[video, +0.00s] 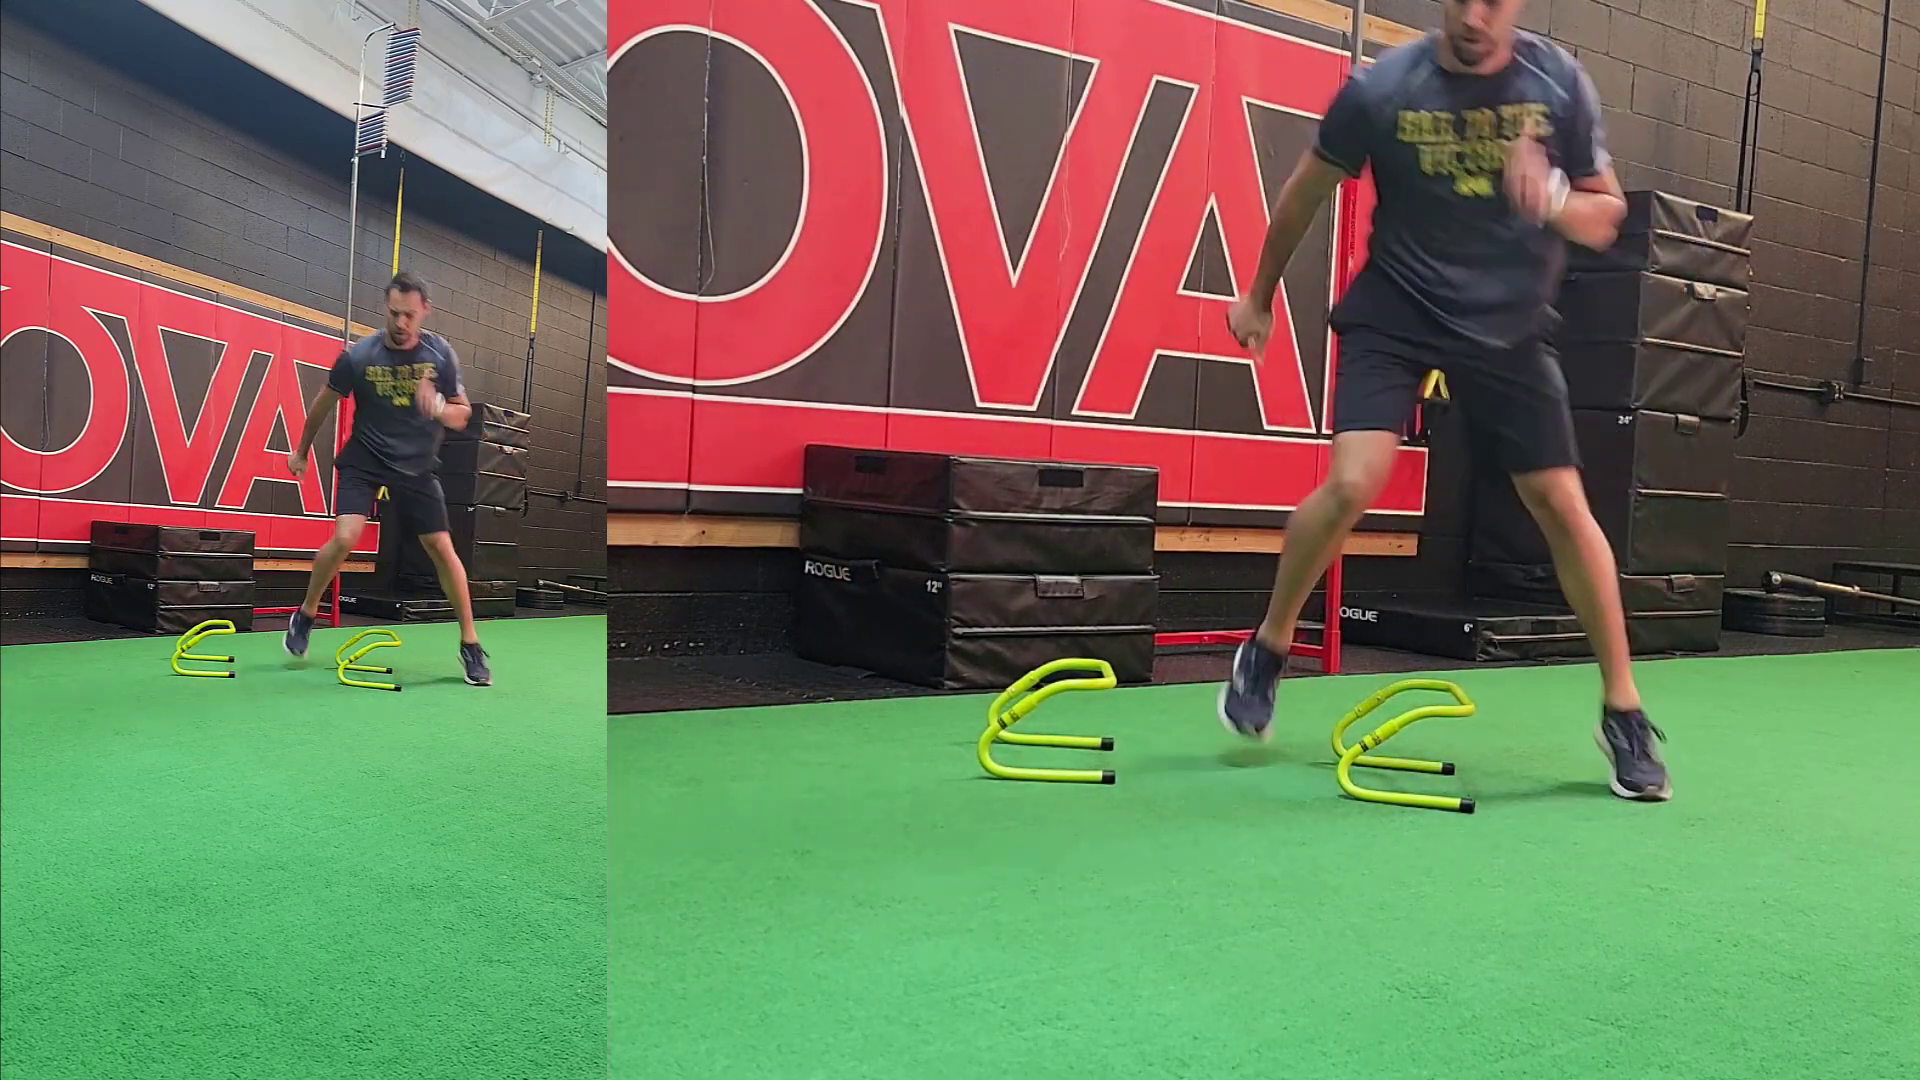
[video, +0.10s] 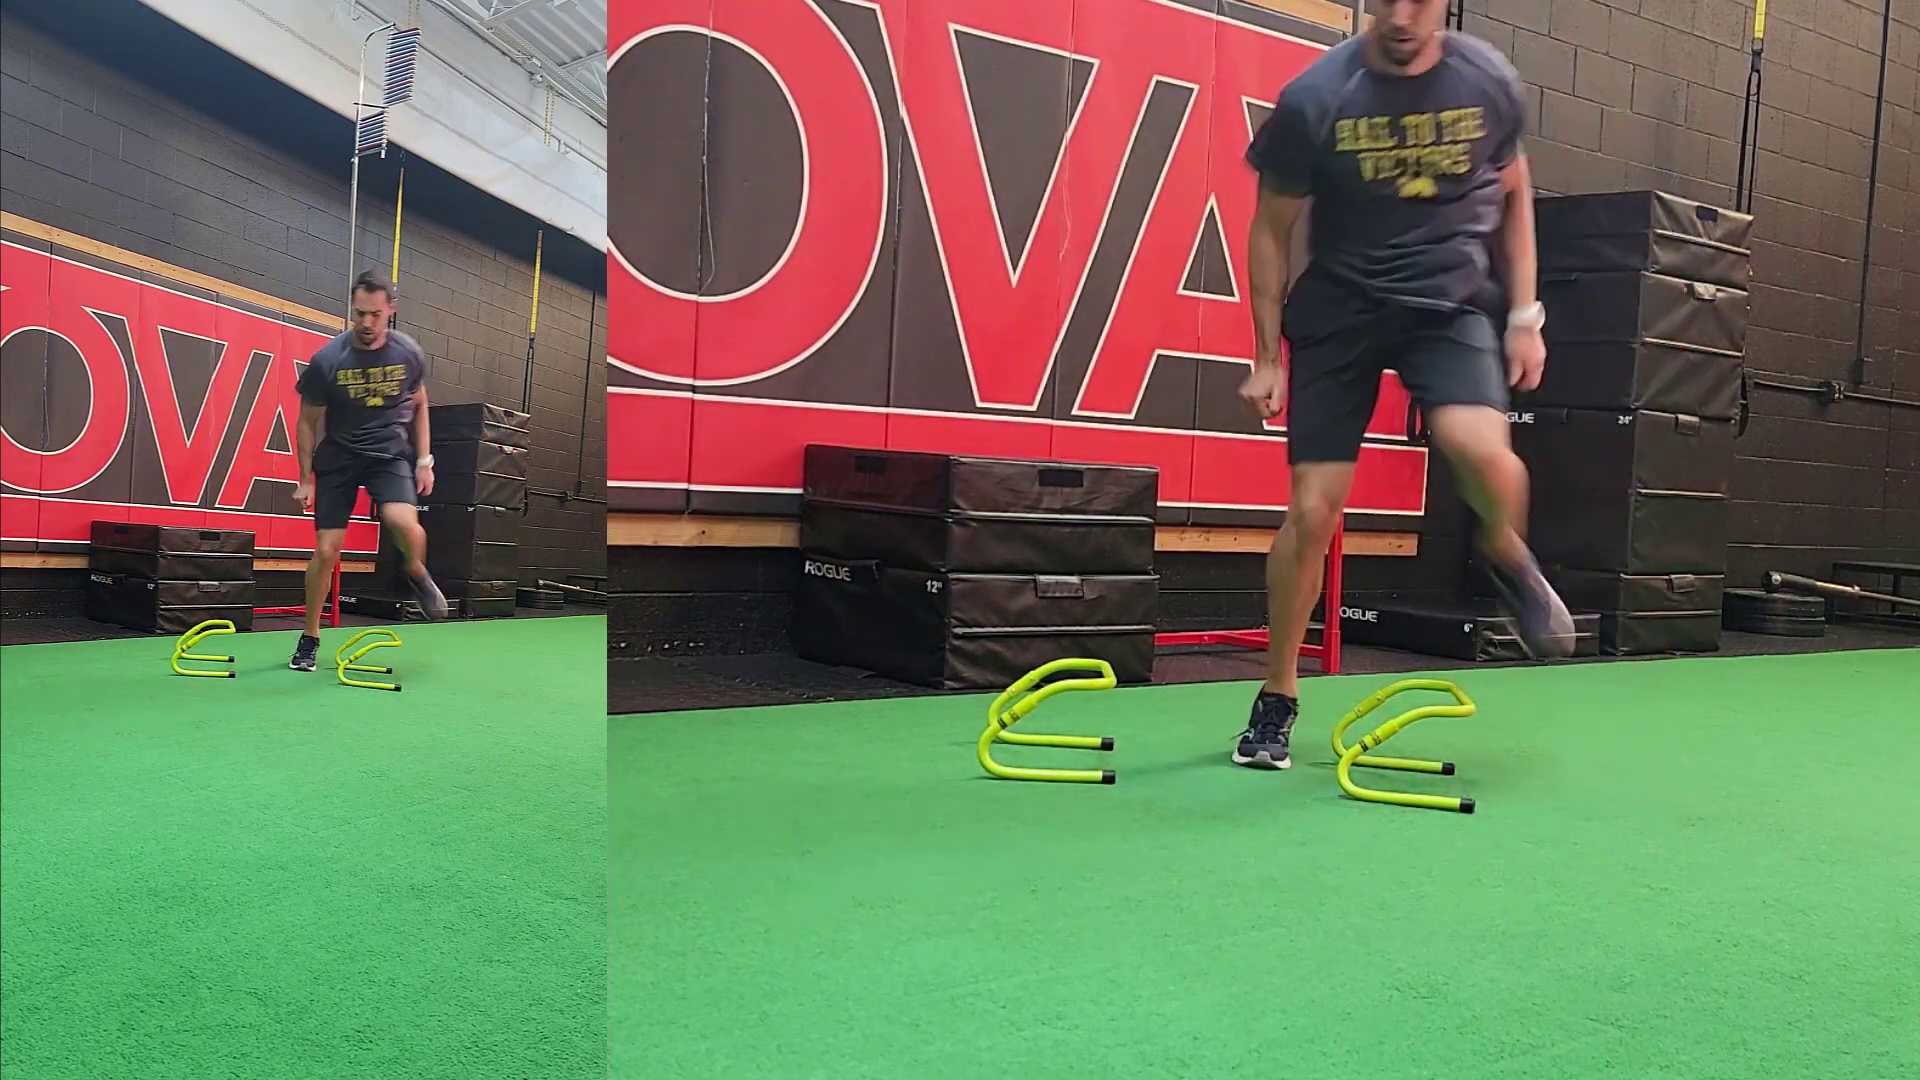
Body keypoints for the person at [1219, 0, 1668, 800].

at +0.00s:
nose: (1475, 17)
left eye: (1493, 3)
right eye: (1461, 1)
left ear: (1519, 9)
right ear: (1437, 3)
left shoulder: (1560, 80)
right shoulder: (1376, 91)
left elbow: (1605, 221)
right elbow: (1307, 189)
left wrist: (1552, 200)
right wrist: (1258, 294)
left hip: (1509, 330)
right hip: (1394, 315)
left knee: (1564, 504)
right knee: (1352, 486)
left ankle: (1624, 708)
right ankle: (1269, 646)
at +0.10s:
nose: (1403, 18)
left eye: (1420, 3)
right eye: (1388, 3)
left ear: (1447, 6)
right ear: (1365, 6)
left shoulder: (1489, 81)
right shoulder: (1313, 100)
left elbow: (1515, 195)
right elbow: (1272, 229)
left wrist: (1524, 314)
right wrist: (1266, 354)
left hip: (1452, 310)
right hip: (1337, 313)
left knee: (1483, 451)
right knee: (1310, 513)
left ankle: (1508, 559)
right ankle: (1277, 695)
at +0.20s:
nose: (1342, 17)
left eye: (1360, 3)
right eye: (1329, 2)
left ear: (1387, 7)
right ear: (1309, 4)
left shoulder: (1436, 87)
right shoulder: (1257, 94)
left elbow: (1472, 181)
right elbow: (1215, 221)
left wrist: (1480, 280)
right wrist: (1266, 262)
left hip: (1393, 290)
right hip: (1289, 302)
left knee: (1379, 391)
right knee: (1284, 511)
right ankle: (1274, 698)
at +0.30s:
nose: (1294, 12)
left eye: (1309, 4)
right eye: (1281, 3)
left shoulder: (1393, 61)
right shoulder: (1210, 55)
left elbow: (1423, 169)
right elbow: (1173, 174)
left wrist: (1427, 280)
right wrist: (1207, 229)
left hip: (1332, 283)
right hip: (1235, 281)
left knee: (1308, 436)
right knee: (1224, 461)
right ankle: (1251, 643)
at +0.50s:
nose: (1172, 10)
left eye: (1191, 0)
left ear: (1227, 2)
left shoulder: (1276, 83)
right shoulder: (1098, 64)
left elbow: (1324, 219)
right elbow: (1064, 175)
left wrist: (1307, 339)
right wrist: (1038, 278)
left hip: (1224, 304)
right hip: (1119, 279)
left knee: (1234, 495)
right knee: (1040, 392)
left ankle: (1278, 705)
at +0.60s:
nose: (1098, 12)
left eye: (1116, 2)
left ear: (1152, 0)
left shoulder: (1207, 75)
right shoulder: (1028, 59)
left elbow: (1254, 218)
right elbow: (1005, 163)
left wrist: (1184, 295)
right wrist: (995, 278)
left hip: (1165, 280)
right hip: (1054, 271)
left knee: (1171, 464)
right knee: (983, 447)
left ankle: (1219, 614)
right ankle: (895, 641)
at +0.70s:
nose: (1030, 63)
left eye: (1048, 46)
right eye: (1018, 43)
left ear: (1087, 29)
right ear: (1002, 29)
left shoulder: (1136, 129)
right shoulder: (961, 107)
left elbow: (1145, 287)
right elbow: (948, 208)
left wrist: (1030, 264)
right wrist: (939, 295)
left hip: (1101, 320)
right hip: (993, 313)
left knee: (1094, 460)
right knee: (939, 494)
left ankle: (1120, 512)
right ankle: (866, 693)